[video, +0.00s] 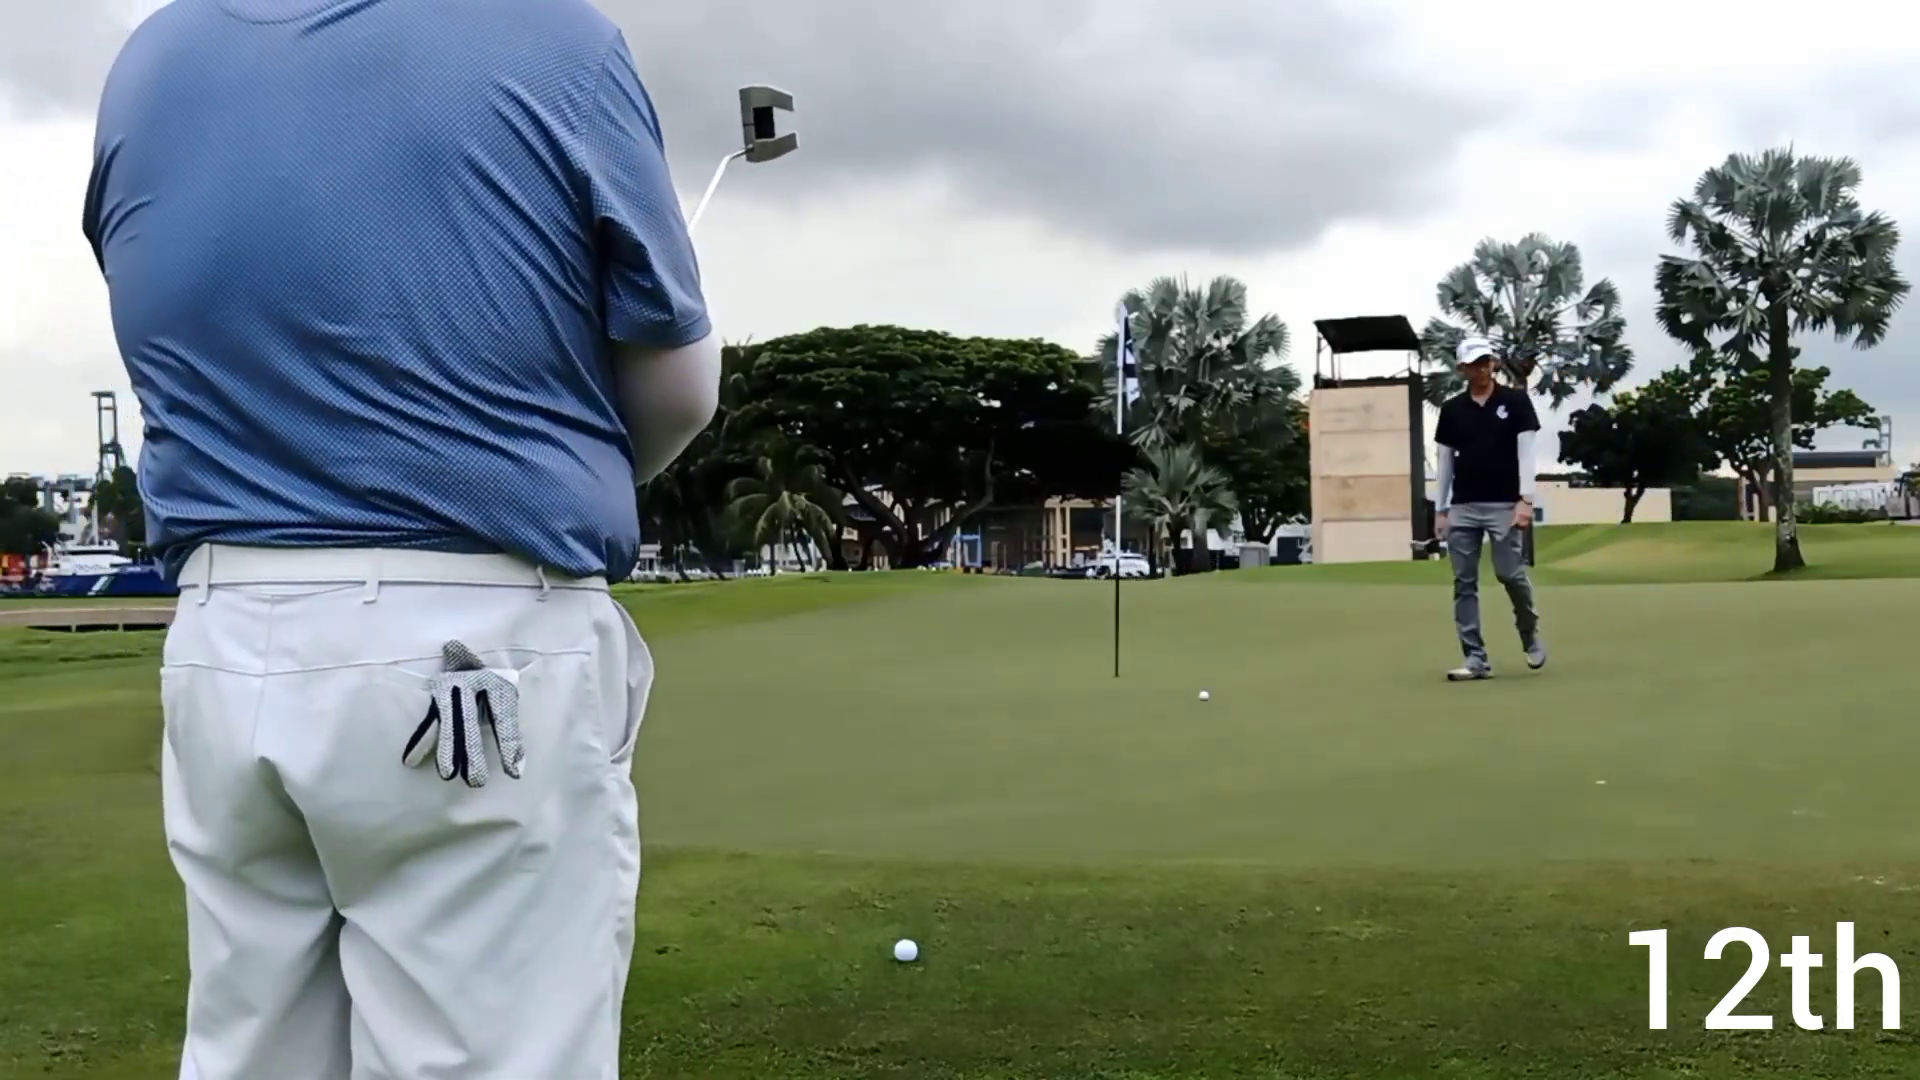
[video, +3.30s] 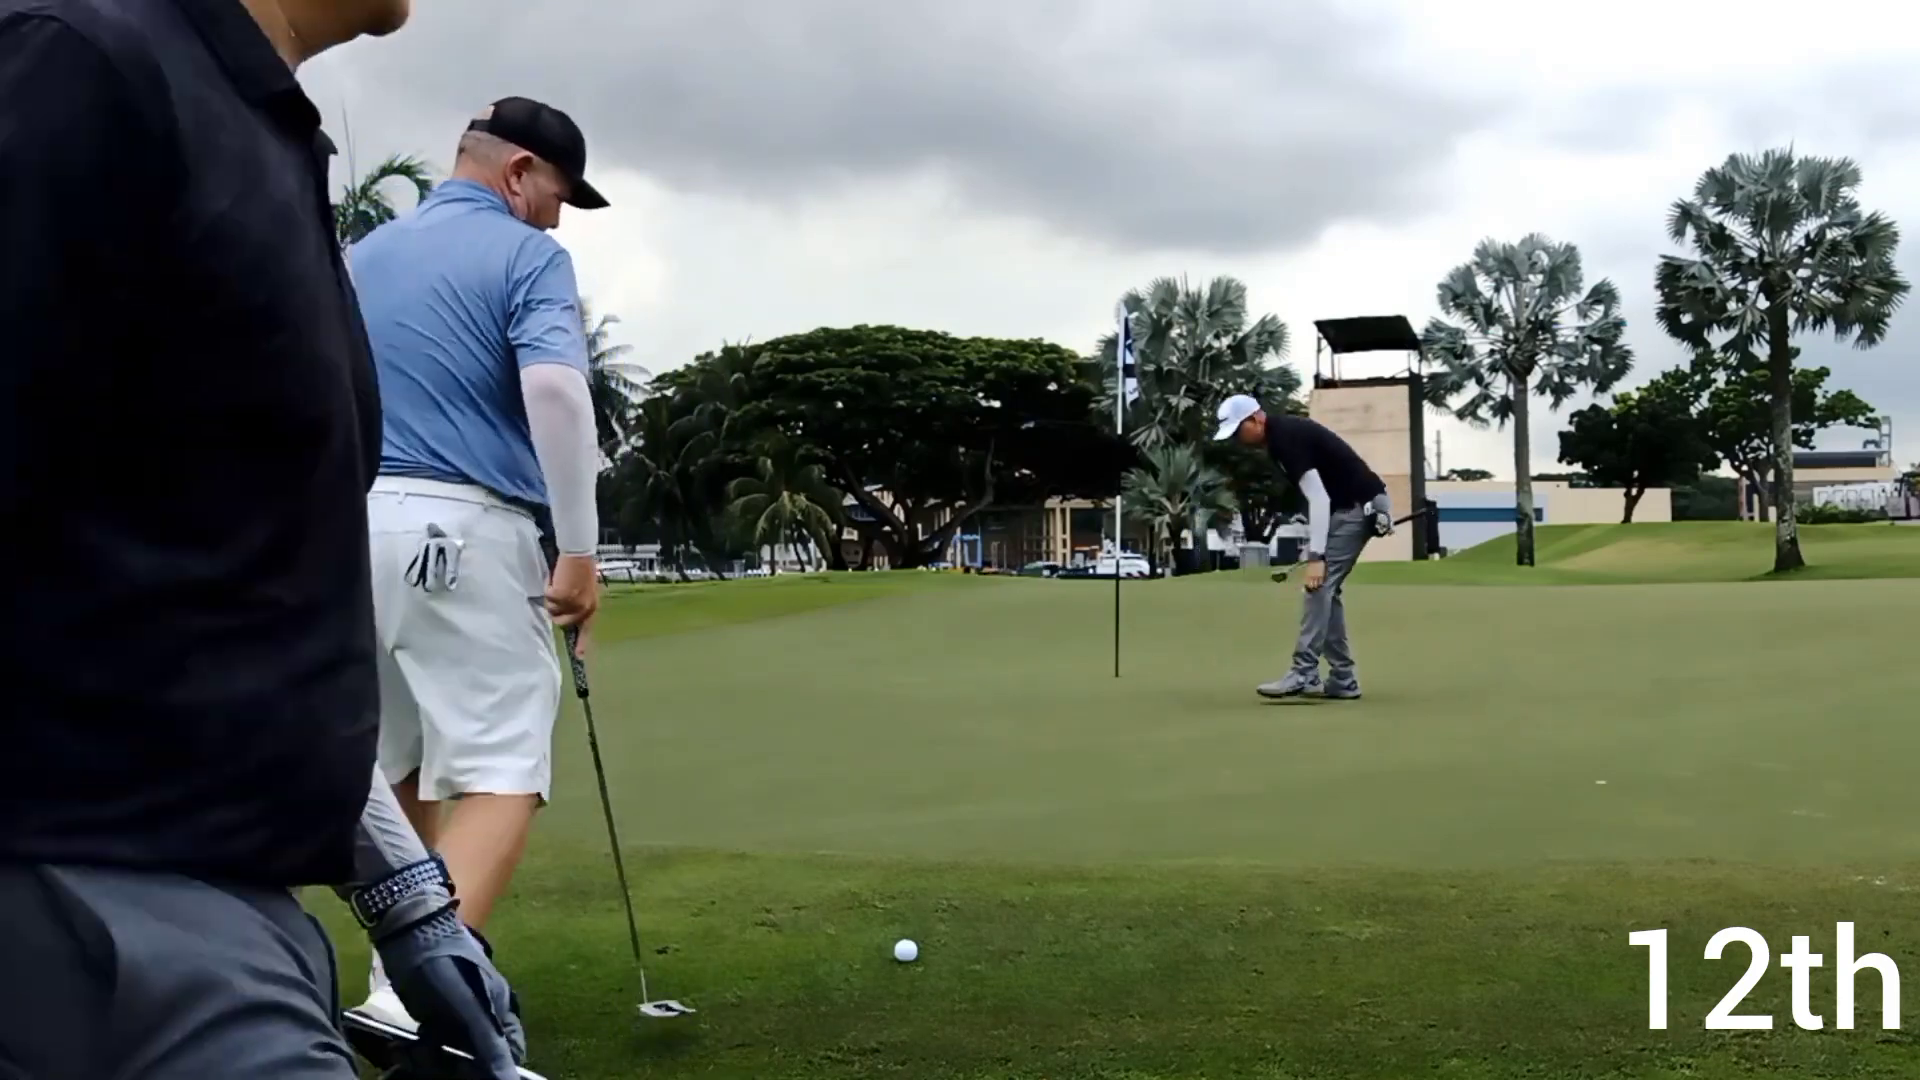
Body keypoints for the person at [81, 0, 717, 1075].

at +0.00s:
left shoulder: (156, 46)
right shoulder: (559, 34)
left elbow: (157, 321)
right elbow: (677, 386)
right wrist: (550, 486)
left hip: (229, 616)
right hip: (487, 621)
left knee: (246, 1059)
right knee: (497, 1059)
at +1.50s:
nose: (546, 22)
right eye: (546, 17)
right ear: (521, 4)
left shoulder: (206, 112)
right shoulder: (608, 108)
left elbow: (137, 436)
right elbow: (698, 439)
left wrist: (275, 536)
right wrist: (577, 552)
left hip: (250, 625)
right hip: (499, 620)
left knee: (286, 1043)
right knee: (473, 1055)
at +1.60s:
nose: (531, 39)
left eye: (535, 23)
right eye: (536, 21)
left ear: (367, 10)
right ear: (507, 11)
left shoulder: (200, 147)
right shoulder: (600, 139)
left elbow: (107, 452)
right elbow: (689, 457)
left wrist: (192, 668)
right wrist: (611, 587)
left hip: (252, 630)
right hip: (499, 623)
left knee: (287, 1037)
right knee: (466, 1052)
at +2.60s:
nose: (501, 169)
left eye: (504, 151)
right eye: (506, 148)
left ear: (378, 115)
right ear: (476, 126)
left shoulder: (256, 217)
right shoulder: (525, 239)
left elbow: (181, 421)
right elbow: (596, 438)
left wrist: (250, 526)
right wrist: (603, 603)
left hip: (291, 565)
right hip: (457, 564)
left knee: (297, 865)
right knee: (427, 879)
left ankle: (291, 1076)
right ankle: (398, 1075)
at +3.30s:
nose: (558, 221)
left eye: (563, 205)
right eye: (559, 199)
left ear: (472, 165)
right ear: (523, 172)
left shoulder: (365, 249)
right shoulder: (528, 254)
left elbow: (324, 382)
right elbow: (554, 389)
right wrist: (579, 547)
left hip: (351, 524)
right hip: (468, 529)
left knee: (400, 774)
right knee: (499, 774)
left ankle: (402, 988)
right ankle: (414, 992)